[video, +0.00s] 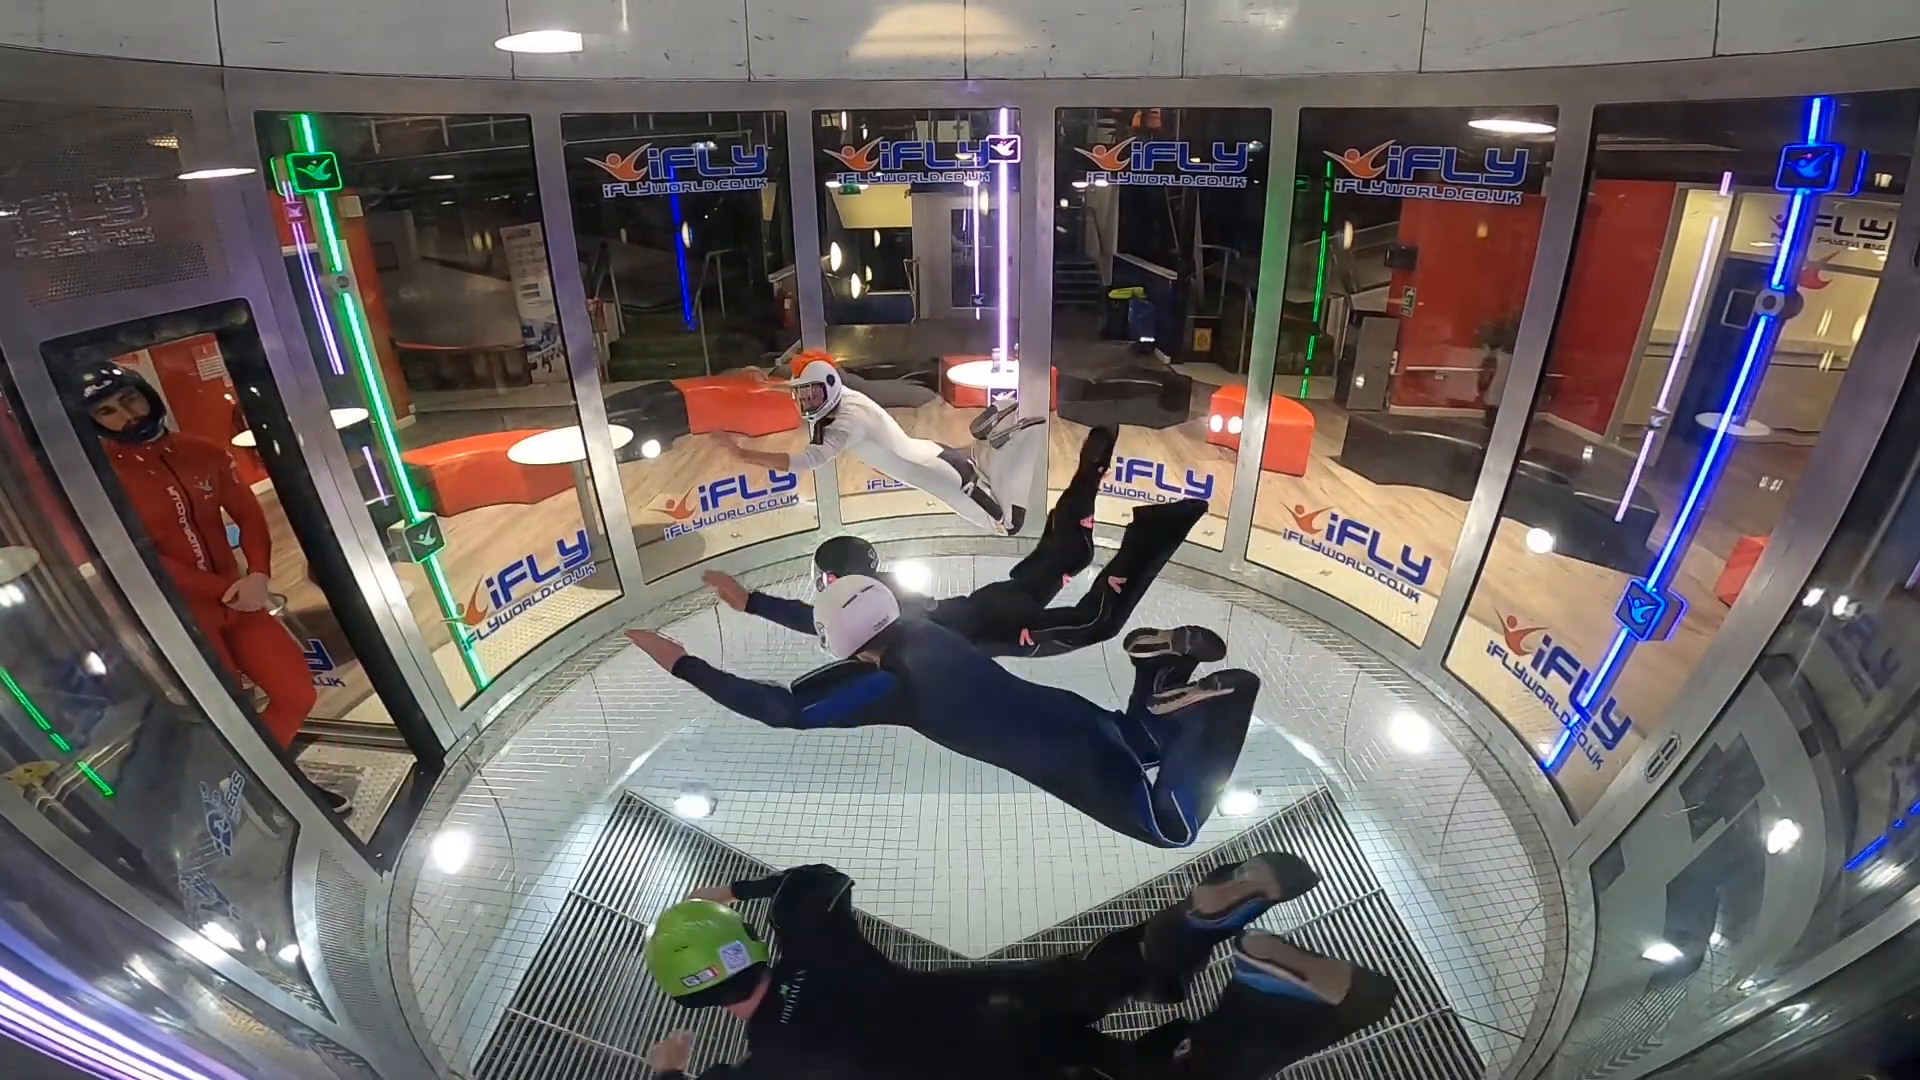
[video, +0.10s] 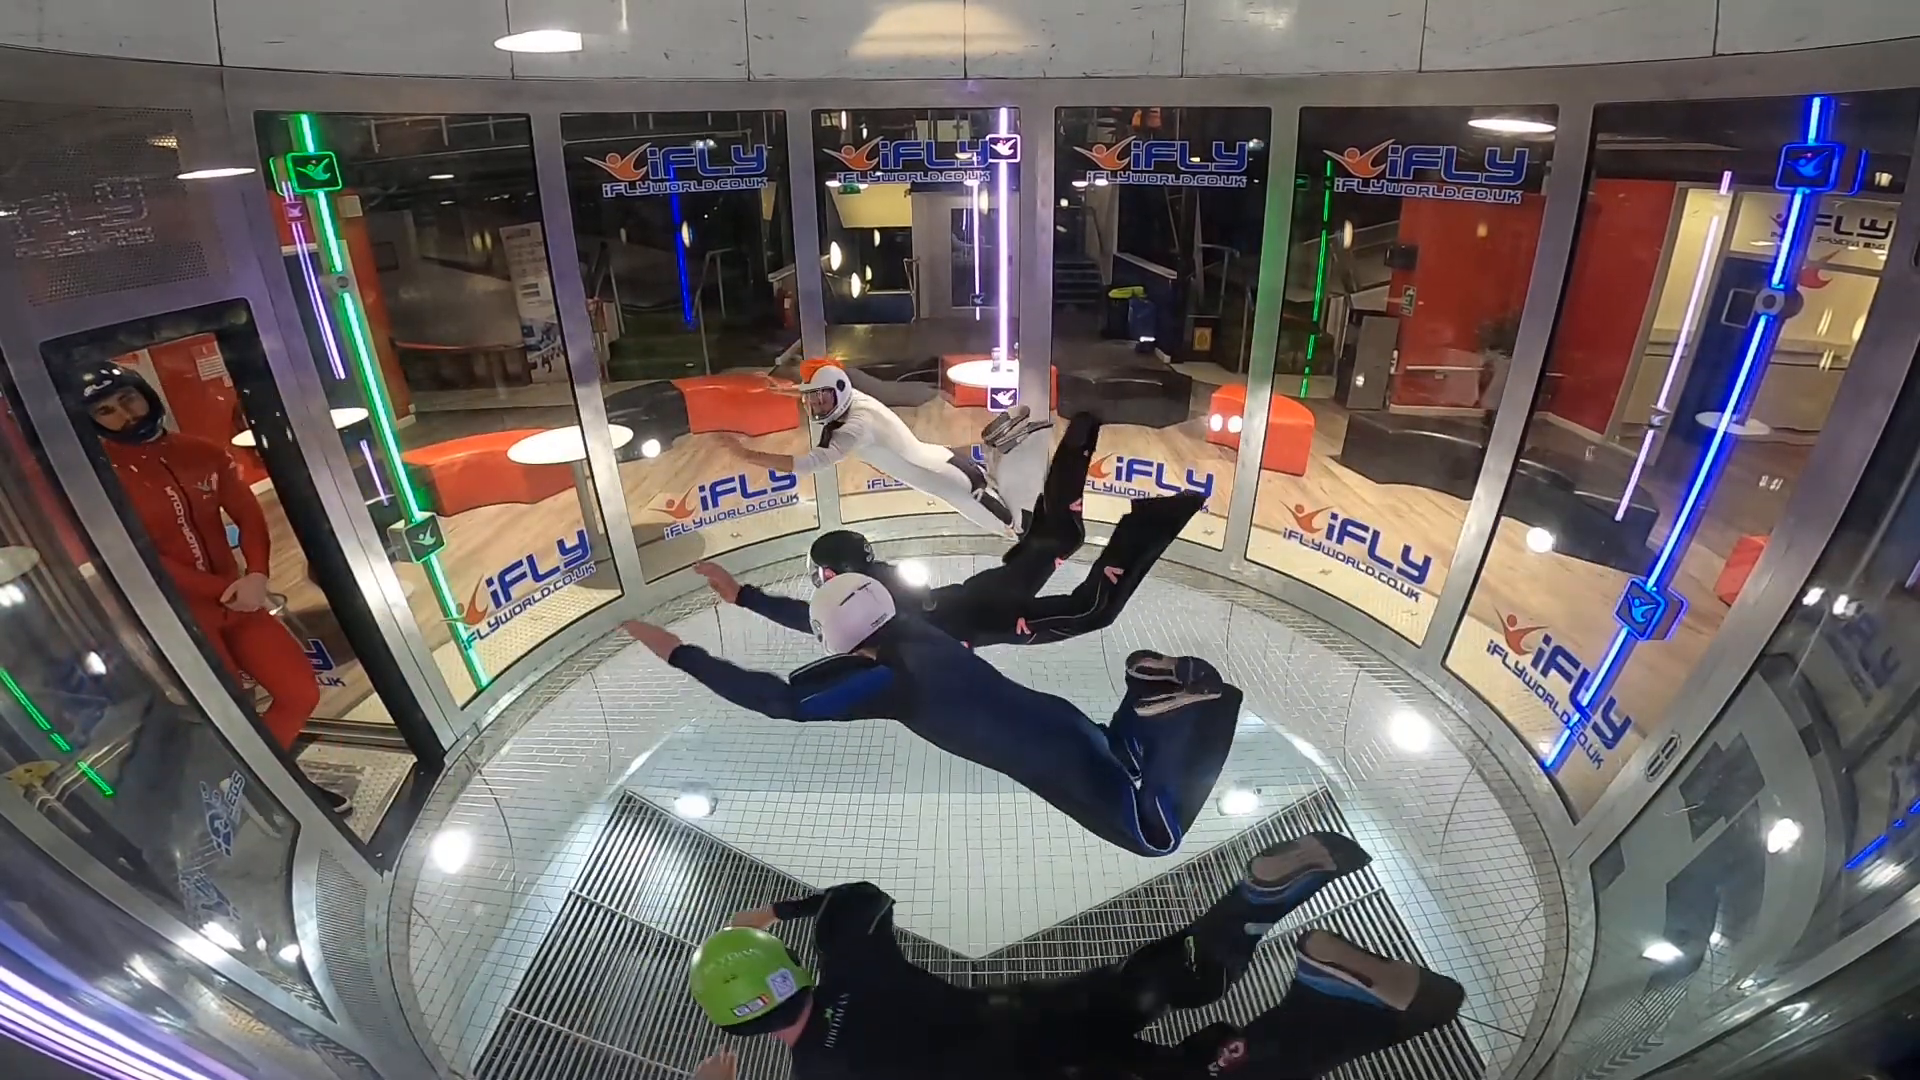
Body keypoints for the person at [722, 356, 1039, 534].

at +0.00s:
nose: (804, 400)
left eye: (811, 393)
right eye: (800, 394)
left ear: (829, 390)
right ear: (801, 392)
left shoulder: (848, 420)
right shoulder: (830, 391)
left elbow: (803, 462)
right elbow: (808, 378)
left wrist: (748, 454)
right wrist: (774, 380)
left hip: (917, 466)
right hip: (909, 448)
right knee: (932, 453)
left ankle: (1004, 519)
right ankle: (968, 461)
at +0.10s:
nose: (816, 404)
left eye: (822, 398)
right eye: (812, 398)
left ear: (839, 394)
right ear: (817, 394)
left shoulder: (856, 425)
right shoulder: (848, 396)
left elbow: (813, 462)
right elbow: (815, 392)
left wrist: (752, 455)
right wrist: (790, 387)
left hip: (942, 476)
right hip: (935, 455)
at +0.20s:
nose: (833, 411)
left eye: (839, 404)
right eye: (828, 405)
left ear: (857, 400)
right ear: (826, 403)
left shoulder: (870, 433)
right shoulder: (866, 401)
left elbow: (830, 468)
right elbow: (842, 390)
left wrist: (766, 458)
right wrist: (811, 395)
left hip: (962, 483)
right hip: (956, 466)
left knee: (1018, 528)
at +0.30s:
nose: (853, 421)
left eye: (858, 414)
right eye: (849, 414)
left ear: (876, 408)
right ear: (853, 410)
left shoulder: (889, 442)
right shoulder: (886, 408)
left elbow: (847, 478)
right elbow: (862, 393)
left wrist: (789, 466)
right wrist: (835, 400)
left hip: (976, 488)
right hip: (973, 472)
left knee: (1034, 527)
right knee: (1018, 514)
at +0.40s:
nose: (877, 434)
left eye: (882, 427)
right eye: (873, 426)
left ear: (898, 419)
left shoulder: (912, 453)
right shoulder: (914, 414)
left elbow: (861, 494)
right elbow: (886, 409)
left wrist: (812, 477)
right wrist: (862, 417)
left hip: (1002, 502)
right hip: (1003, 480)